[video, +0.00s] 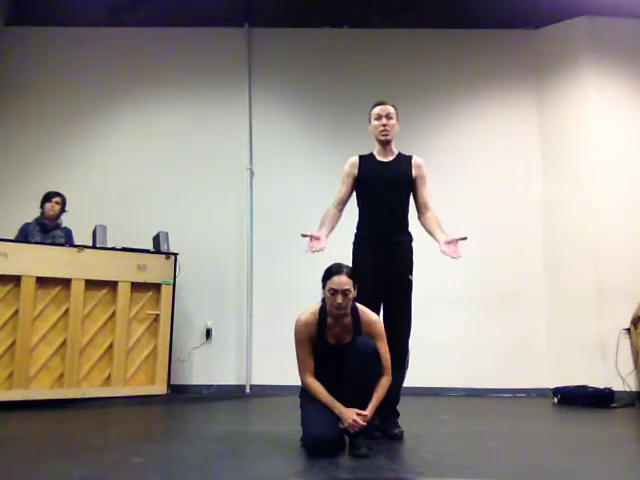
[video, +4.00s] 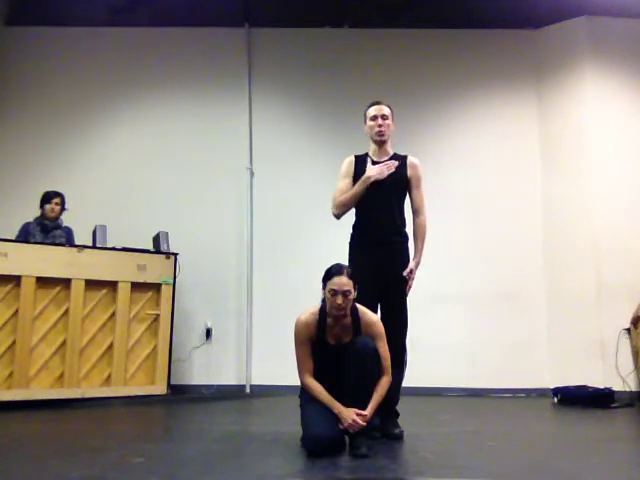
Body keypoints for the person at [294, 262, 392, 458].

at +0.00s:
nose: (339, 300)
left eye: (346, 293)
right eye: (333, 293)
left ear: (354, 293)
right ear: (324, 292)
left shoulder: (371, 322)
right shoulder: (306, 324)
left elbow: (386, 374)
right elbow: (307, 378)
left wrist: (366, 414)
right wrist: (341, 412)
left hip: (356, 393)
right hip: (321, 393)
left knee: (364, 347)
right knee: (321, 445)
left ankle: (360, 431)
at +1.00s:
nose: (338, 301)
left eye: (345, 294)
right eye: (332, 293)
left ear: (353, 293)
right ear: (322, 292)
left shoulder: (370, 322)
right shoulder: (306, 324)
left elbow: (386, 374)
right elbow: (306, 378)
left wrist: (366, 413)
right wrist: (341, 411)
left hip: (355, 391)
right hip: (320, 392)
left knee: (364, 346)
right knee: (322, 445)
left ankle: (360, 431)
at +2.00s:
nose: (340, 301)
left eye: (347, 294)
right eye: (334, 293)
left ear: (355, 293)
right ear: (324, 292)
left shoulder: (371, 322)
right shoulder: (307, 323)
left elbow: (386, 374)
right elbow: (307, 377)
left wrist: (366, 415)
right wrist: (342, 411)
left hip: (356, 393)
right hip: (321, 393)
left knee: (365, 347)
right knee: (321, 445)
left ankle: (360, 432)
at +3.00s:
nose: (340, 301)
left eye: (347, 294)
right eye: (334, 294)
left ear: (355, 293)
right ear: (324, 292)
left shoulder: (371, 322)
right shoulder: (307, 323)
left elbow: (386, 374)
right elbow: (307, 378)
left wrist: (366, 414)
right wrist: (342, 412)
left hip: (355, 392)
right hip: (321, 392)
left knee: (365, 347)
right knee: (322, 445)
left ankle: (360, 432)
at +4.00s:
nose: (339, 301)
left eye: (346, 294)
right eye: (333, 294)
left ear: (354, 294)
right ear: (324, 292)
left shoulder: (371, 323)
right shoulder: (306, 324)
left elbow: (386, 375)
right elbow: (306, 378)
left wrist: (367, 413)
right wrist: (341, 411)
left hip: (355, 392)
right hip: (320, 392)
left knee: (365, 347)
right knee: (321, 445)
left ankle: (359, 432)